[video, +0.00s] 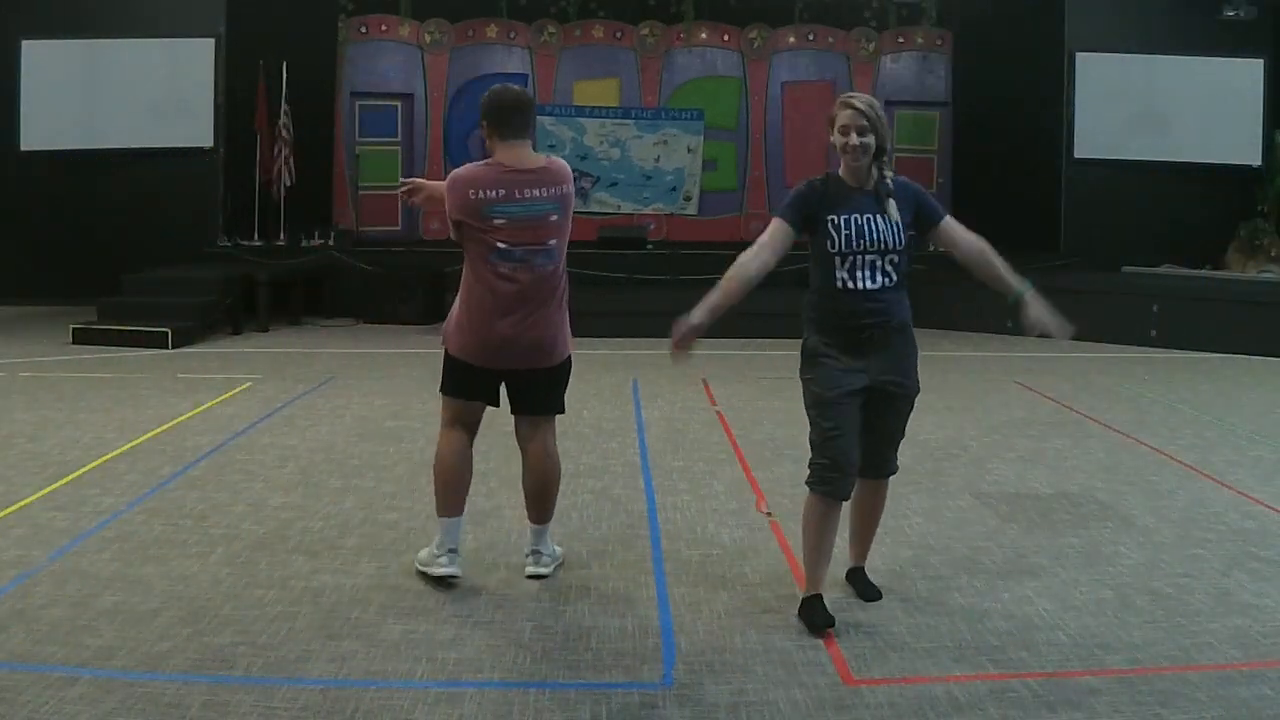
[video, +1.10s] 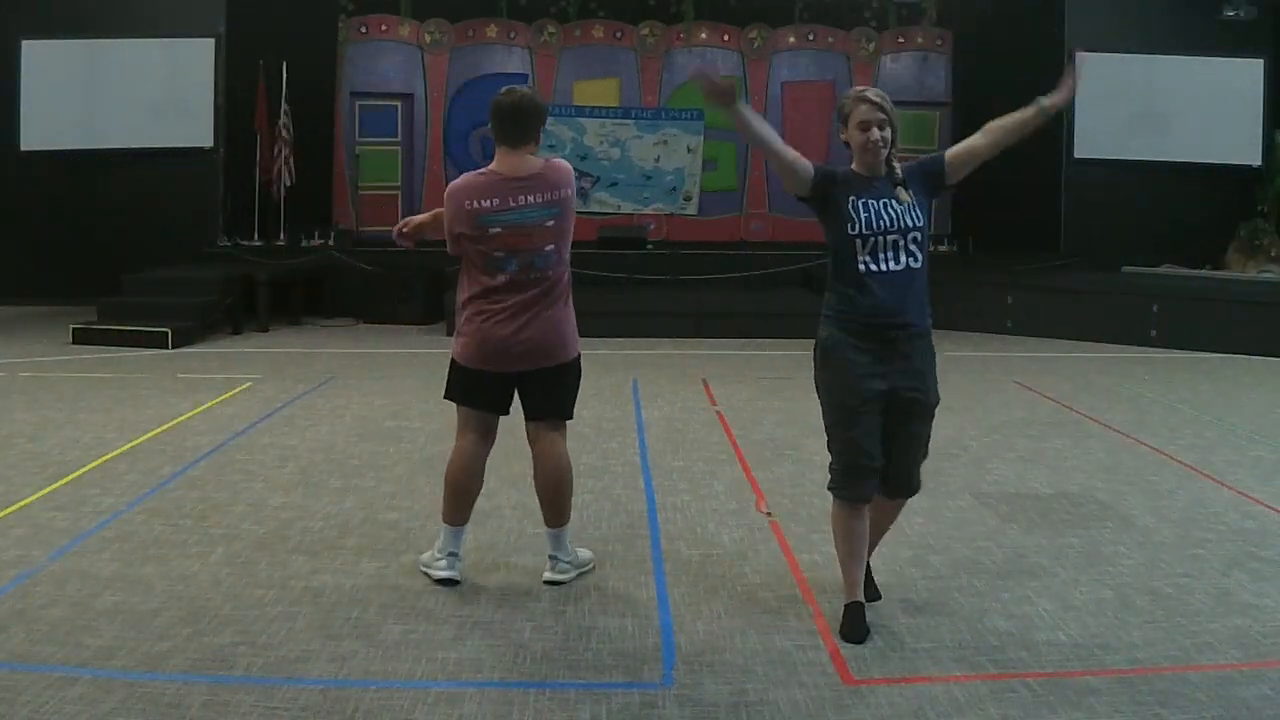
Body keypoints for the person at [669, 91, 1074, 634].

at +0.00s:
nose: (850, 139)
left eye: (860, 131)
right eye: (841, 131)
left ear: (879, 138)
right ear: (830, 139)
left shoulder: (907, 197)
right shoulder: (812, 197)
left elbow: (968, 245)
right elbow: (758, 255)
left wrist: (1025, 295)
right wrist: (702, 313)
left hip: (892, 354)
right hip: (831, 354)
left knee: (877, 467)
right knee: (833, 471)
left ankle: (858, 567)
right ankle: (812, 593)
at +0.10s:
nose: (855, 144)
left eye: (865, 136)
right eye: (848, 136)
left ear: (881, 142)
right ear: (836, 140)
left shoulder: (907, 188)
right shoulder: (818, 190)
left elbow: (973, 192)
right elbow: (765, 203)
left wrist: (1040, 190)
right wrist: (711, 204)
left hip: (899, 351)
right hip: (838, 352)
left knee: (880, 467)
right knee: (835, 472)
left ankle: (857, 567)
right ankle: (813, 592)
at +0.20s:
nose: (862, 142)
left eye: (871, 134)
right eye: (854, 133)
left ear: (887, 141)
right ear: (837, 139)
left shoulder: (910, 187)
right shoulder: (825, 192)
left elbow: (961, 153)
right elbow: (787, 169)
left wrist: (992, 97)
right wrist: (765, 106)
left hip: (901, 347)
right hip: (841, 349)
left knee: (881, 465)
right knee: (836, 470)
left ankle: (857, 567)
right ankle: (815, 591)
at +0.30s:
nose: (867, 140)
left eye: (877, 132)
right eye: (859, 131)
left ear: (891, 141)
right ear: (842, 138)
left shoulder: (908, 188)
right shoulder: (825, 190)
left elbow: (943, 146)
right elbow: (806, 144)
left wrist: (923, 82)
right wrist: (841, 63)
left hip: (903, 347)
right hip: (844, 348)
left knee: (882, 464)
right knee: (837, 469)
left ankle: (858, 567)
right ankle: (815, 591)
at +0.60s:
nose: (872, 144)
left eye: (881, 137)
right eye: (864, 135)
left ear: (895, 142)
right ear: (848, 138)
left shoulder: (914, 186)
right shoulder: (832, 188)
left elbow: (965, 158)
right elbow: (806, 175)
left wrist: (1005, 119)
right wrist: (797, 128)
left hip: (900, 341)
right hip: (840, 339)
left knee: (881, 462)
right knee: (851, 459)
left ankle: (858, 567)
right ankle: (848, 585)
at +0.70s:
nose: (870, 144)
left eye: (880, 136)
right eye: (863, 135)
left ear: (896, 141)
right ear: (849, 138)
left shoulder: (919, 190)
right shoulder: (834, 188)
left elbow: (985, 176)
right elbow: (786, 179)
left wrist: (1048, 161)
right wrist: (748, 158)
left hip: (901, 345)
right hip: (841, 344)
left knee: (882, 466)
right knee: (853, 464)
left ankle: (857, 569)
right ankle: (854, 588)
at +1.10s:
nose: (876, 134)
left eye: (883, 125)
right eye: (865, 127)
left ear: (894, 131)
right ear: (845, 136)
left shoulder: (920, 179)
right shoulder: (831, 187)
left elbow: (986, 140)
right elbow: (779, 150)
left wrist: (1050, 102)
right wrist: (734, 106)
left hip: (911, 351)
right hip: (848, 352)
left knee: (901, 480)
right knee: (855, 477)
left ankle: (861, 556)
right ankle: (852, 597)